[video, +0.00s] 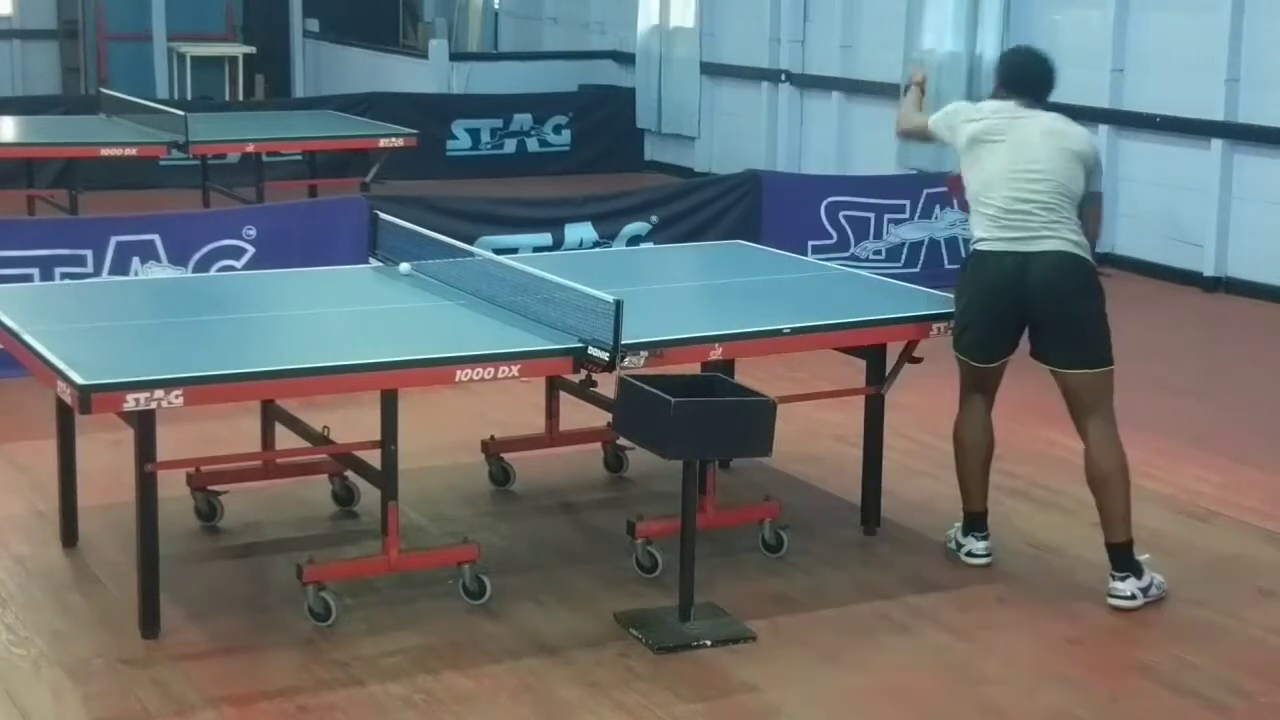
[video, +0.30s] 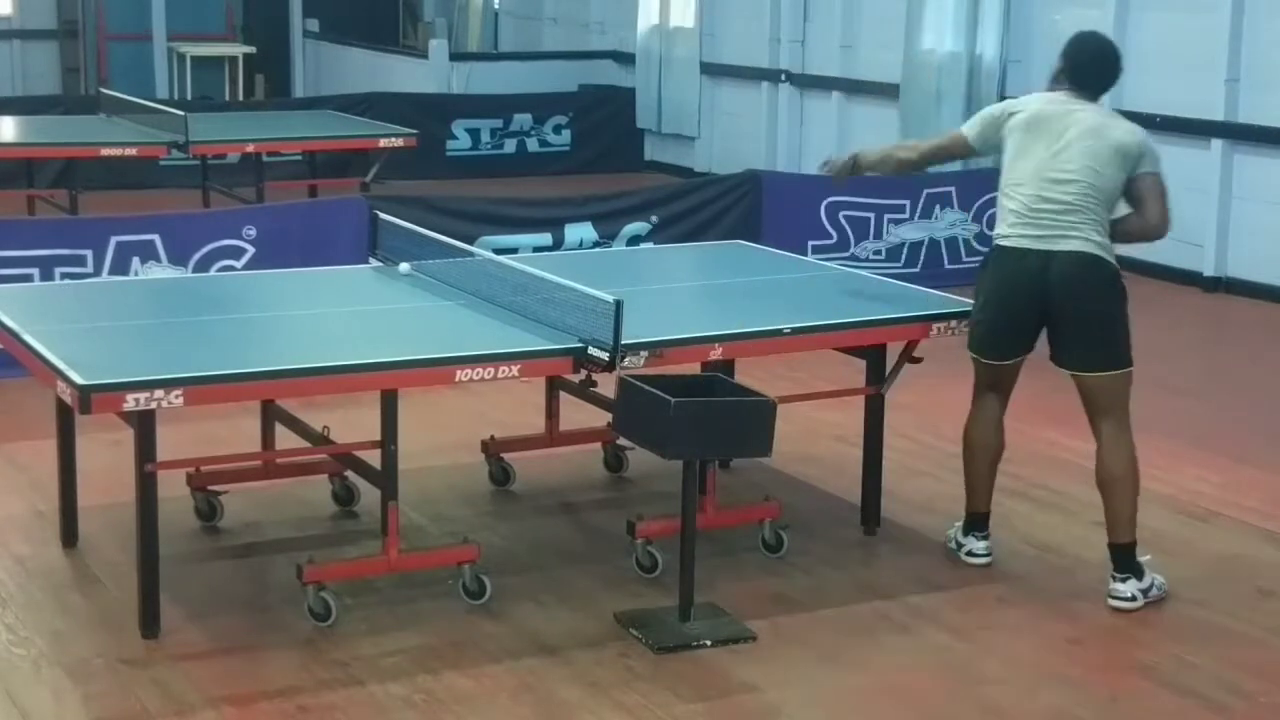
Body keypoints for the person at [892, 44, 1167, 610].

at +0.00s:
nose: (996, 87)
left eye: (998, 80)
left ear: (998, 84)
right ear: (1049, 91)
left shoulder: (969, 118)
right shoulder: (1080, 138)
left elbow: (907, 125)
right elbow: (1089, 230)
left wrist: (915, 89)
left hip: (989, 273)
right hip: (1066, 277)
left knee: (976, 396)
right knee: (1097, 421)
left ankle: (974, 532)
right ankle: (1124, 571)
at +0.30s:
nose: (1053, 76)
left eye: (1057, 68)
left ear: (1058, 73)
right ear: (1110, 85)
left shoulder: (1016, 112)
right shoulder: (1130, 136)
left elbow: (920, 155)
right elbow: (1154, 223)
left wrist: (858, 161)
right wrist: (1091, 229)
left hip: (1012, 271)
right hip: (1089, 279)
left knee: (989, 395)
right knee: (1111, 422)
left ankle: (975, 533)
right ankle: (1126, 574)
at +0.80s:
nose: (1011, 139)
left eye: (1018, 130)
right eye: (1016, 129)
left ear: (1035, 138)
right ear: (1071, 145)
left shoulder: (1025, 175)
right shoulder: (1112, 187)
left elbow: (965, 223)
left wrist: (871, 234)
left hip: (1078, 324)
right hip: (1145, 328)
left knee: (989, 392)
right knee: (1137, 445)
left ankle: (1011, 532)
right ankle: (1139, 544)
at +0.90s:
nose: (990, 131)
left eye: (998, 122)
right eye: (993, 121)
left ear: (1023, 131)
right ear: (1042, 137)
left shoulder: (1022, 168)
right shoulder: (1078, 179)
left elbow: (993, 224)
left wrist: (905, 237)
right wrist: (984, 243)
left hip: (1081, 318)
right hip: (1142, 321)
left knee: (989, 393)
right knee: (1113, 444)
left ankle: (1011, 532)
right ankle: (1143, 531)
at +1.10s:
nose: (977, 101)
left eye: (989, 93)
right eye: (981, 92)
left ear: (1019, 104)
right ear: (1016, 105)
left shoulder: (1033, 145)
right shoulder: (1020, 161)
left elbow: (1046, 202)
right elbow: (987, 244)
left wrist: (988, 203)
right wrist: (956, 206)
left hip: (1089, 295)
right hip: (1108, 296)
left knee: (984, 395)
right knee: (1029, 398)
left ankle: (1011, 532)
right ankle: (1132, 477)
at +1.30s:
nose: (998, 64)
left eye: (1009, 55)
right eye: (999, 54)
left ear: (1042, 66)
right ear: (1016, 66)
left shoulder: (1071, 116)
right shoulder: (1013, 125)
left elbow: (1120, 185)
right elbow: (994, 209)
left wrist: (1077, 185)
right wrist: (979, 184)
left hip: (1098, 261)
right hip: (1056, 263)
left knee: (1043, 376)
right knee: (1020, 368)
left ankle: (1035, 514)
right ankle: (1083, 471)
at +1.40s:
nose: (1010, 41)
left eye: (1021, 33)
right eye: (1010, 32)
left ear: (1053, 44)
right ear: (1015, 44)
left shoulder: (1085, 101)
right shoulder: (1012, 106)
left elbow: (1146, 170)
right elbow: (1028, 185)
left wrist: (1093, 186)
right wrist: (1000, 172)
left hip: (1102, 240)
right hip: (1051, 243)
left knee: (1062, 353)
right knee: (1013, 341)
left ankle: (1102, 493)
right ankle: (1072, 444)